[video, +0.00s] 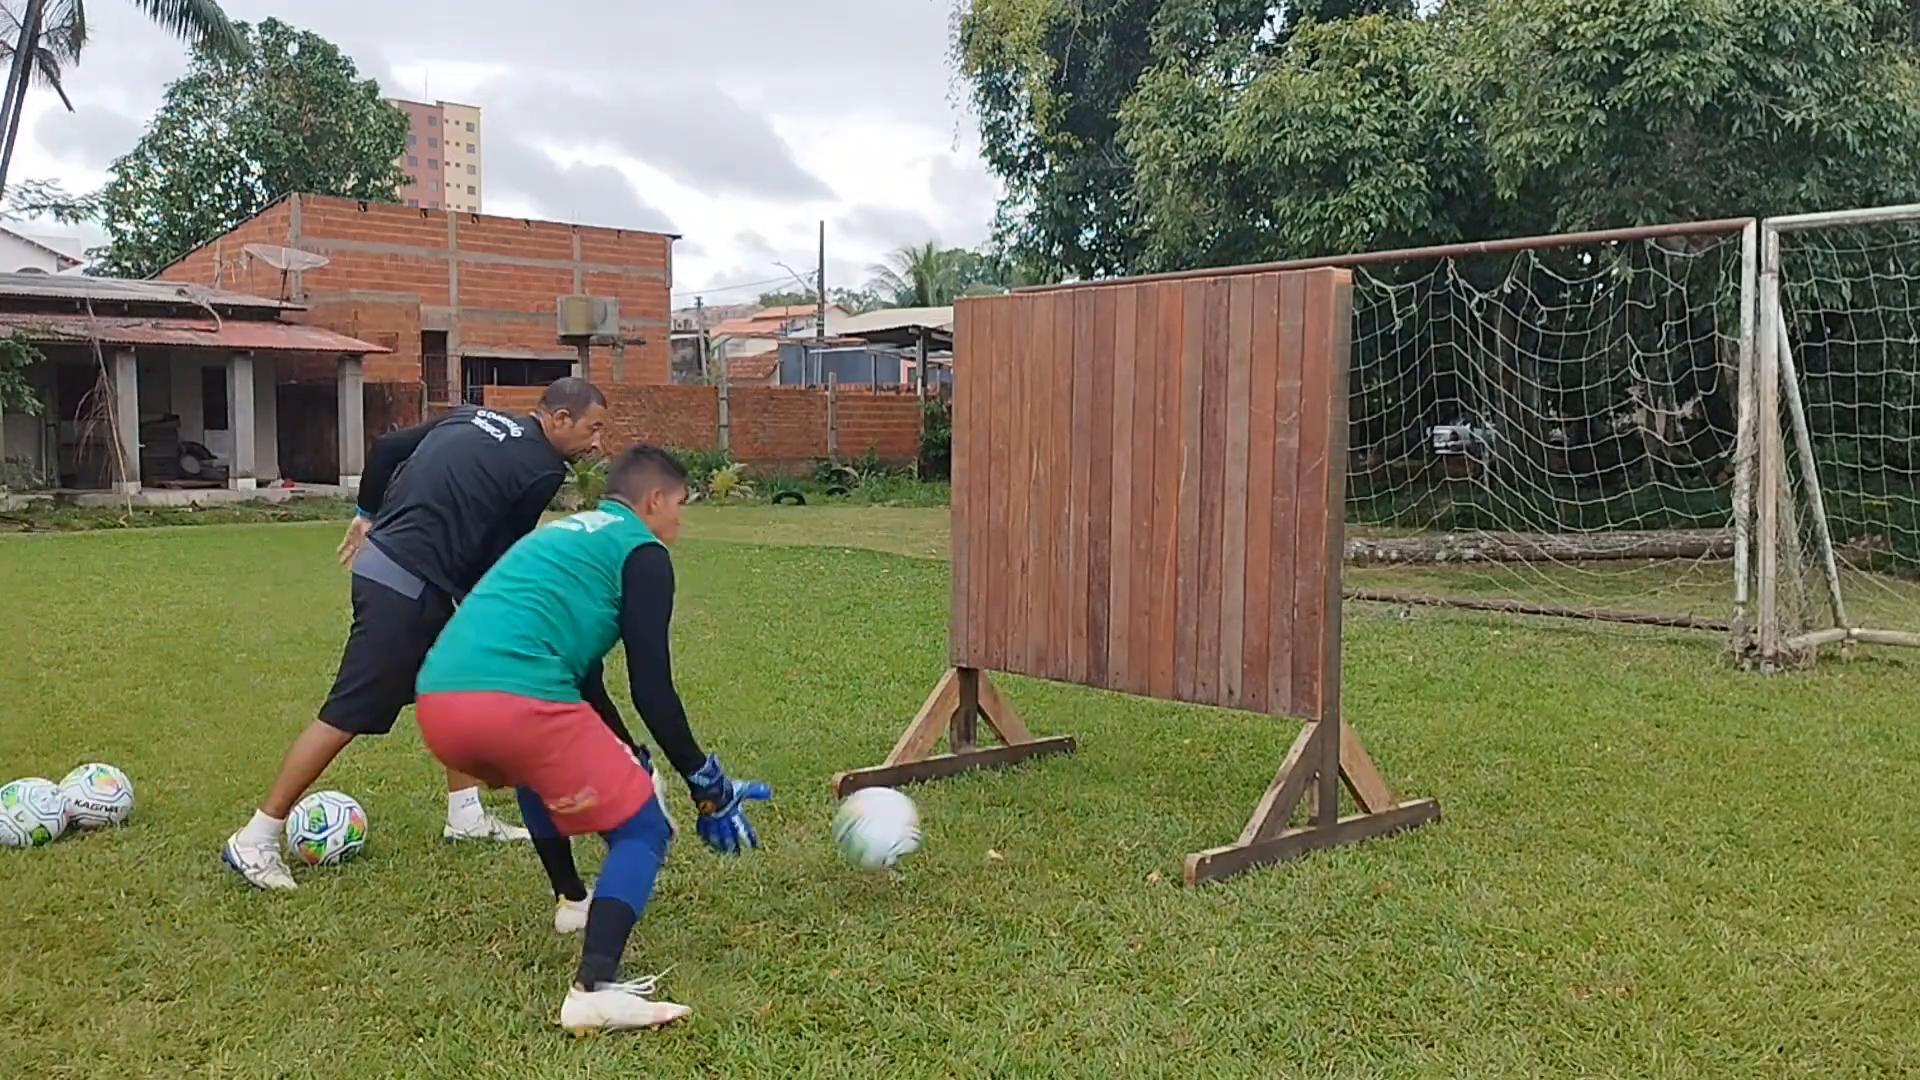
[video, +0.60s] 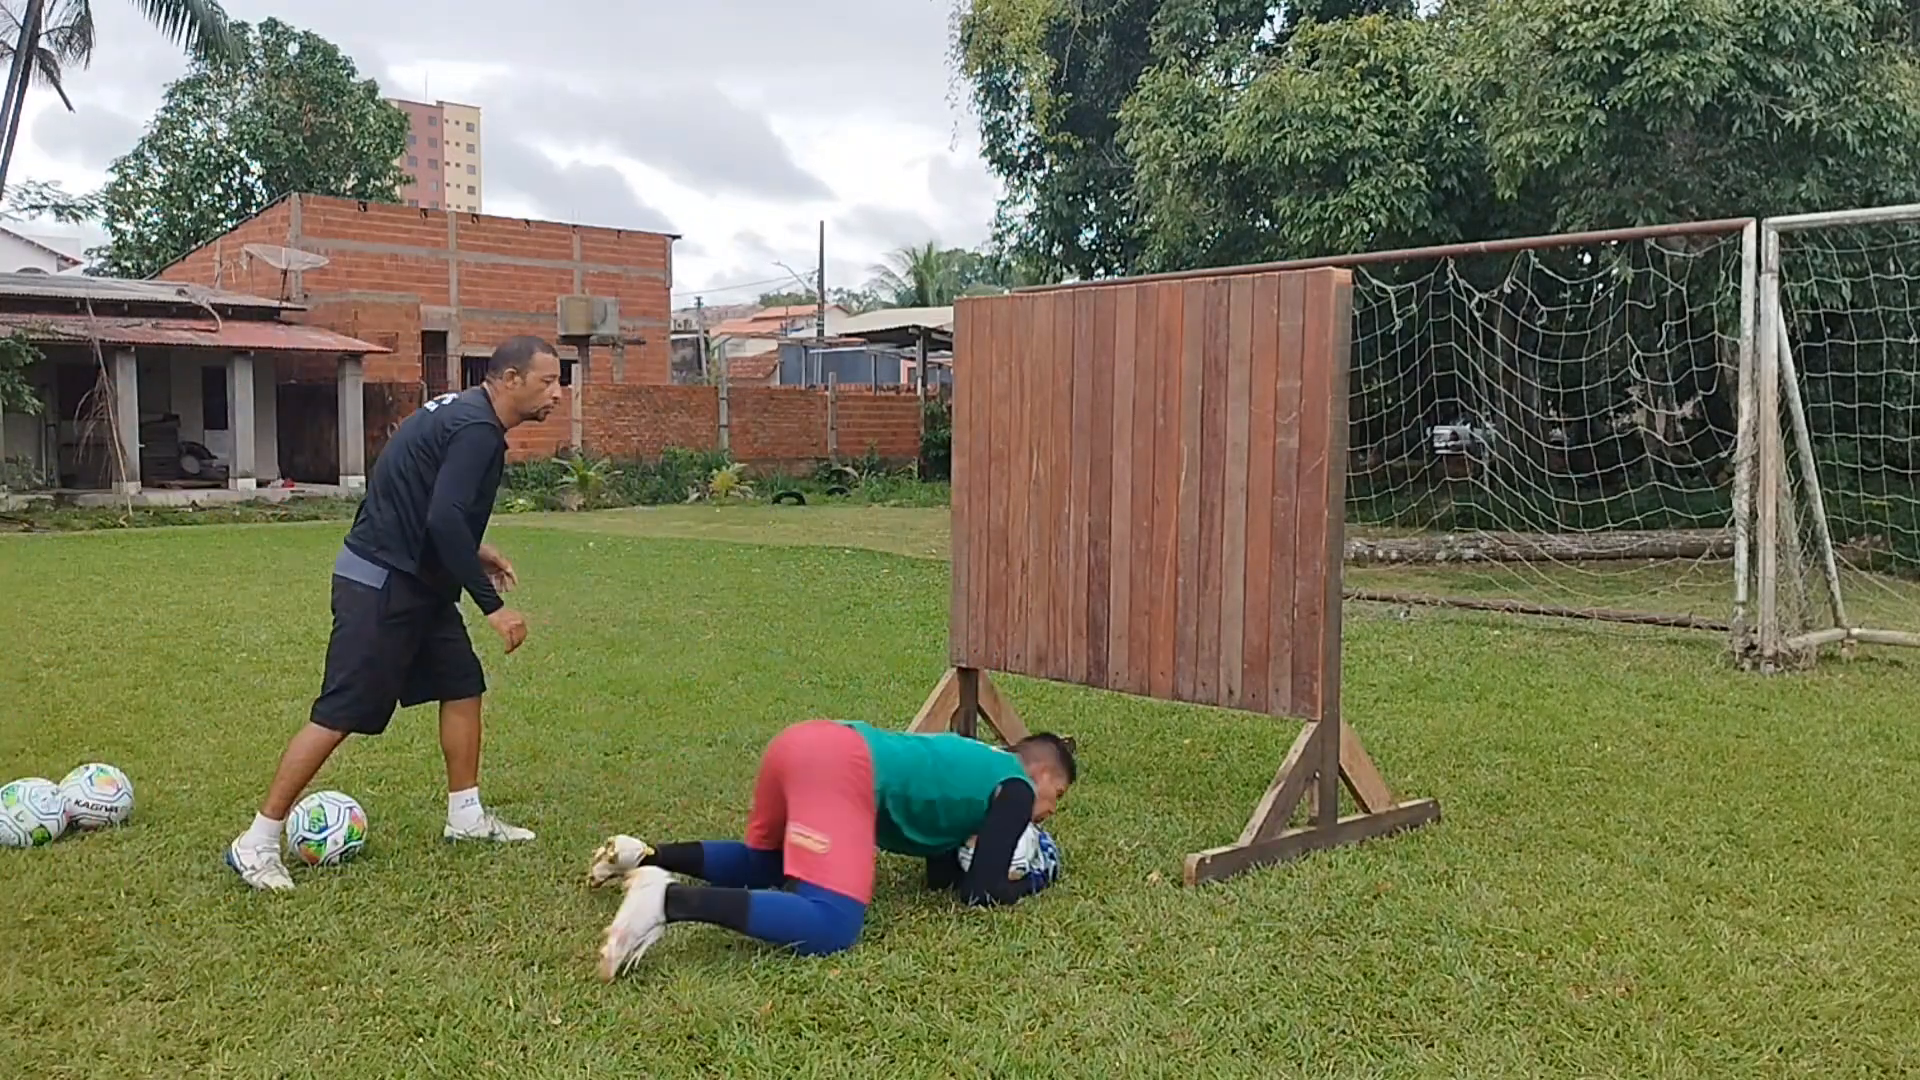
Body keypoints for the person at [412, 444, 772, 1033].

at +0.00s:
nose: (680, 525)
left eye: (684, 510)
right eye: (681, 509)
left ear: (614, 496)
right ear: (655, 500)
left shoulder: (562, 534)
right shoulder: (643, 551)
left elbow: (585, 681)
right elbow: (651, 684)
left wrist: (629, 758)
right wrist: (703, 775)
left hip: (440, 701)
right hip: (523, 705)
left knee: (534, 773)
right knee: (643, 828)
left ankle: (571, 898)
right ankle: (595, 986)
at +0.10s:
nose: (734, 570)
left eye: (735, 557)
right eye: (733, 556)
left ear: (669, 546)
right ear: (710, 552)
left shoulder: (622, 574)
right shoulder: (699, 596)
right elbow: (656, 711)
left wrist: (684, 815)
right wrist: (686, 800)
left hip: (494, 728)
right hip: (578, 743)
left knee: (560, 765)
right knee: (662, 864)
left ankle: (575, 895)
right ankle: (598, 971)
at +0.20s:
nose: (797, 648)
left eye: (800, 635)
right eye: (797, 632)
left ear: (737, 613)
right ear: (772, 622)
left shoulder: (686, 629)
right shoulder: (754, 653)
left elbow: (630, 740)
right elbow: (694, 735)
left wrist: (705, 766)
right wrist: (746, 789)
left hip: (528, 737)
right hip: (601, 762)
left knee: (588, 772)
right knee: (691, 899)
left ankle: (577, 892)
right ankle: (602, 965)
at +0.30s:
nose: (844, 676)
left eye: (847, 665)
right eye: (844, 662)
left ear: (791, 642)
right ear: (819, 649)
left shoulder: (742, 661)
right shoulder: (804, 689)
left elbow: (727, 800)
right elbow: (777, 804)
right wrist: (835, 794)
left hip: (580, 762)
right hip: (637, 793)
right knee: (749, 925)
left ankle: (585, 885)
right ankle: (612, 974)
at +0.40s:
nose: (906, 700)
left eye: (910, 689)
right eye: (906, 688)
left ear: (858, 670)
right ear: (884, 679)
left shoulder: (808, 696)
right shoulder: (867, 722)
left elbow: (835, 826)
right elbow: (897, 844)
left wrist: (893, 795)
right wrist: (923, 789)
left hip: (645, 780)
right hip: (686, 805)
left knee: (741, 840)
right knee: (778, 935)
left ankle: (614, 874)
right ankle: (619, 964)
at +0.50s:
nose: (992, 755)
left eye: (995, 743)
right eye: (993, 741)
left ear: (944, 718)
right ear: (968, 727)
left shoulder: (893, 743)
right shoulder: (945, 759)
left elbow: (924, 871)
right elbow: (967, 880)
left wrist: (970, 831)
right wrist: (997, 830)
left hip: (718, 761)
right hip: (749, 779)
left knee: (760, 875)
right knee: (786, 935)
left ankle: (643, 863)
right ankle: (615, 944)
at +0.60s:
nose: (1044, 810)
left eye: (1050, 803)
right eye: (1050, 799)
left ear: (1016, 755)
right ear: (1040, 777)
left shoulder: (966, 766)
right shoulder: (1016, 786)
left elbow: (943, 873)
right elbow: (981, 889)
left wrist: (993, 863)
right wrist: (1022, 881)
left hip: (802, 741)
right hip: (842, 761)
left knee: (769, 865)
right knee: (832, 925)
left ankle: (645, 856)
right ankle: (666, 900)